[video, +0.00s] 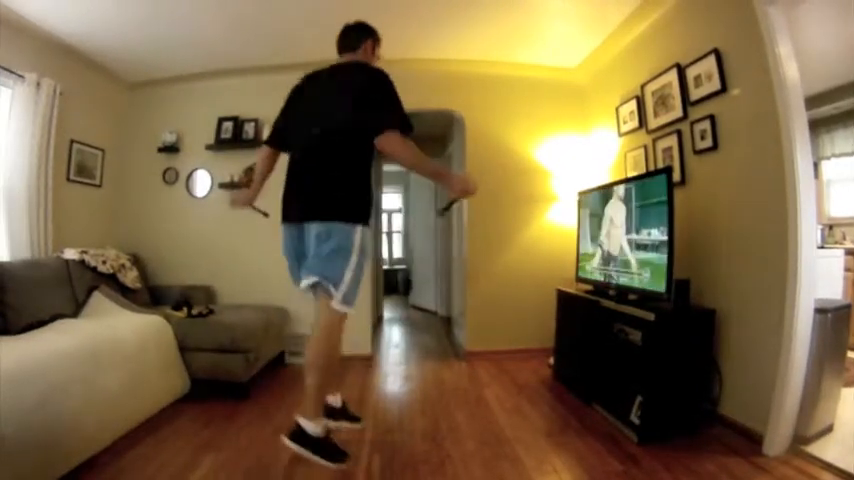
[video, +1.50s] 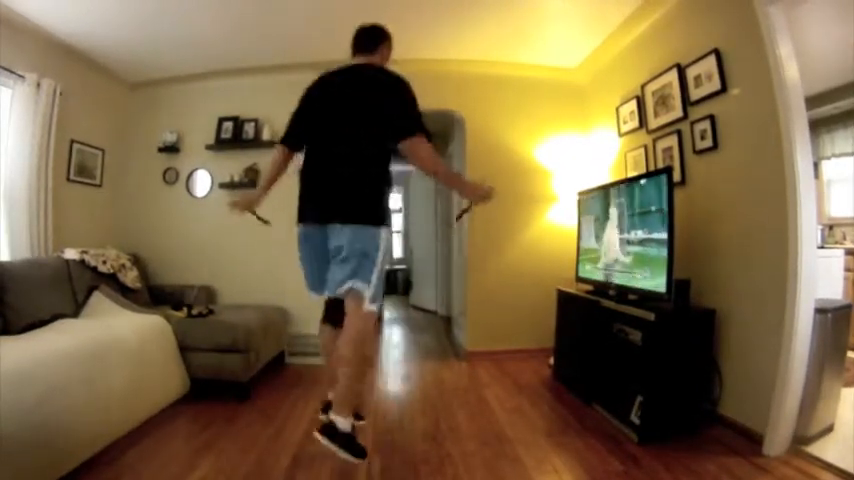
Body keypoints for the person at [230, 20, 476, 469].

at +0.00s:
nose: (378, 58)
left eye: (376, 52)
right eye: (378, 52)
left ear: (339, 49)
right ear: (371, 47)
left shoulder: (307, 83)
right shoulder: (372, 79)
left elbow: (273, 143)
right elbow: (389, 142)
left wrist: (252, 190)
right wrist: (447, 177)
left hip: (298, 207)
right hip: (341, 208)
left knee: (330, 310)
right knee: (330, 315)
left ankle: (332, 399)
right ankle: (308, 424)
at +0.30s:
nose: (384, 131)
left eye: (382, 125)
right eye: (384, 125)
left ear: (345, 126)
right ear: (379, 125)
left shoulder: (320, 162)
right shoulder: (381, 166)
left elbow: (284, 226)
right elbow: (421, 230)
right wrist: (472, 249)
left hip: (296, 283)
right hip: (341, 286)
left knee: (336, 358)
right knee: (366, 376)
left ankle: (322, 434)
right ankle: (327, 463)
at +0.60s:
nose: (389, 68)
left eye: (386, 62)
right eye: (388, 62)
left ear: (351, 59)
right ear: (382, 59)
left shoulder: (322, 95)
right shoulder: (390, 93)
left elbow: (292, 162)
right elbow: (419, 154)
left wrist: (271, 212)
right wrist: (458, 202)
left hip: (311, 212)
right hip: (356, 211)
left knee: (337, 315)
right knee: (347, 314)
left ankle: (346, 410)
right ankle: (332, 417)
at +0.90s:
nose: (396, 97)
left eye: (391, 91)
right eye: (396, 91)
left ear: (358, 90)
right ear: (391, 90)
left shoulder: (332, 128)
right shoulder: (397, 129)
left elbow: (287, 174)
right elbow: (426, 187)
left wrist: (268, 200)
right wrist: (473, 205)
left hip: (319, 249)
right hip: (365, 252)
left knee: (343, 345)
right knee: (377, 354)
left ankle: (342, 425)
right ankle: (360, 453)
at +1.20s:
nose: (395, 124)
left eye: (392, 117)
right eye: (395, 117)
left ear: (358, 118)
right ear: (389, 118)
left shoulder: (333, 157)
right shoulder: (396, 157)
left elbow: (293, 213)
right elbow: (427, 218)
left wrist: (284, 256)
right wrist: (475, 244)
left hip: (316, 274)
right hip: (365, 277)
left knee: (350, 354)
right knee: (382, 368)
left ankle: (341, 431)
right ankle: (358, 457)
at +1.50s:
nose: (388, 58)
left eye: (383, 52)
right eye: (389, 52)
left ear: (352, 49)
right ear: (386, 51)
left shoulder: (322, 84)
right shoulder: (391, 85)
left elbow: (287, 148)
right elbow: (416, 150)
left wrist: (258, 194)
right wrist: (465, 187)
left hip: (313, 210)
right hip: (361, 210)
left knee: (335, 308)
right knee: (359, 312)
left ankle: (337, 397)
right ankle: (340, 416)